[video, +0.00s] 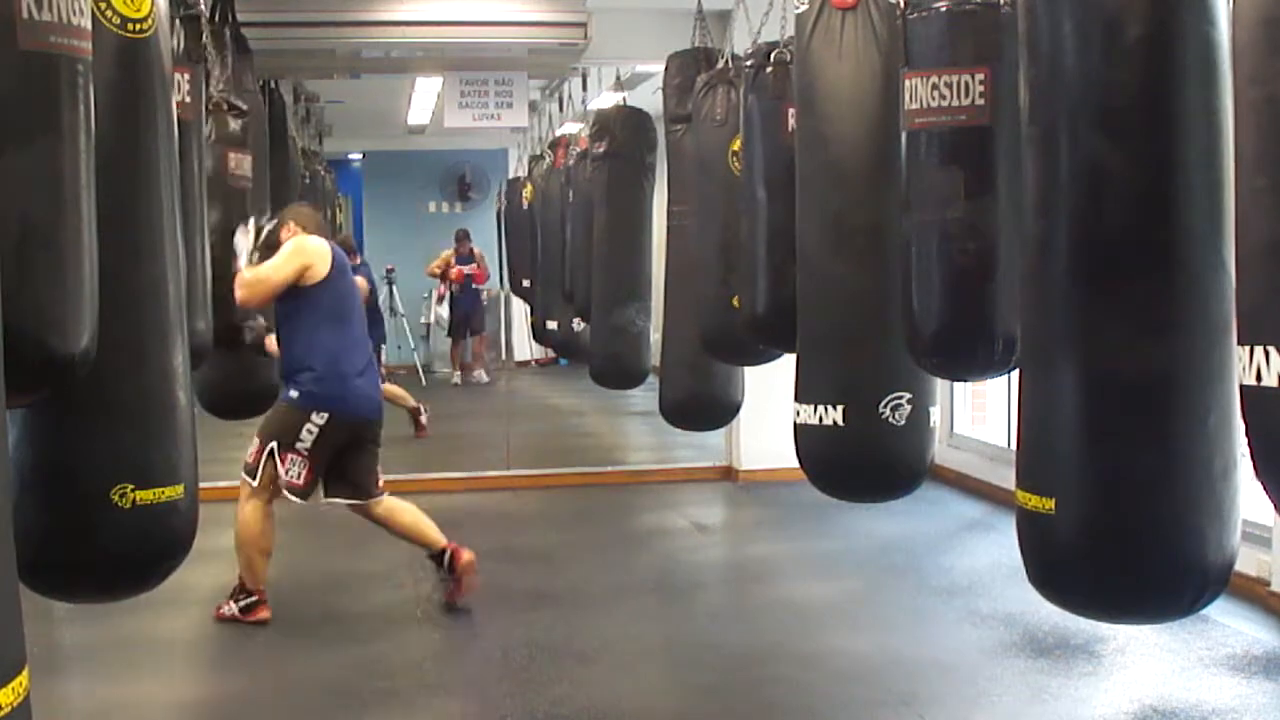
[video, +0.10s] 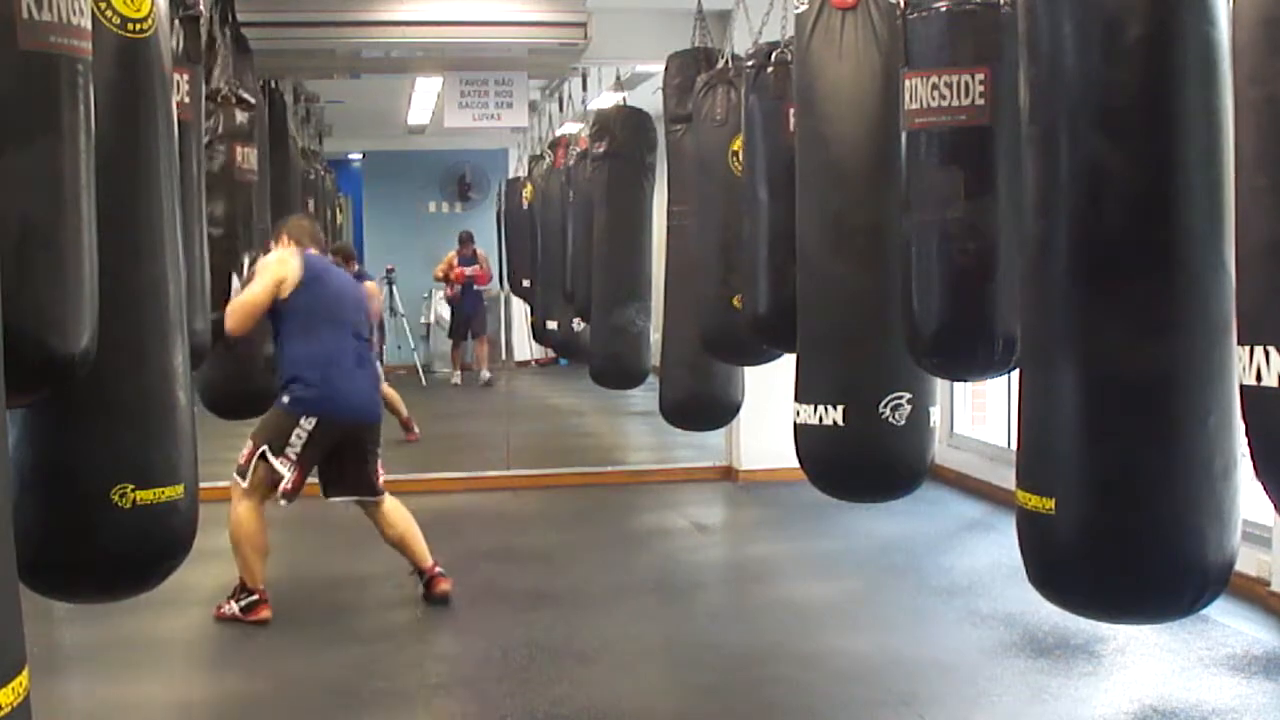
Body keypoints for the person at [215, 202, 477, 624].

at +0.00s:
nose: (279, 240)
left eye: (280, 233)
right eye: (279, 235)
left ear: (292, 229)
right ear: (323, 229)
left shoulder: (305, 248)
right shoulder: (345, 269)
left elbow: (245, 293)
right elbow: (325, 344)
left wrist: (245, 256)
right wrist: (273, 344)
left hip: (316, 396)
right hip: (364, 397)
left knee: (255, 489)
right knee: (365, 496)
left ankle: (250, 596)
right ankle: (447, 553)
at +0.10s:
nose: (272, 252)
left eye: (274, 246)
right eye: (273, 247)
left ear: (286, 243)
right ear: (319, 246)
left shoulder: (283, 262)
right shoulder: (352, 284)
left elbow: (235, 323)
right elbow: (362, 355)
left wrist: (258, 280)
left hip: (311, 399)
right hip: (363, 402)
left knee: (246, 492)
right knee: (376, 497)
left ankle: (251, 593)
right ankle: (431, 572)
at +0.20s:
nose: (273, 264)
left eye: (274, 259)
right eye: (273, 259)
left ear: (285, 256)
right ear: (324, 254)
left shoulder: (274, 280)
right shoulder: (370, 285)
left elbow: (238, 346)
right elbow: (410, 345)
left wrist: (253, 298)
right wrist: (386, 374)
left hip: (311, 412)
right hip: (367, 415)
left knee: (246, 495)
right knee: (386, 500)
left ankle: (251, 593)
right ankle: (438, 575)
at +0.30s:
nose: (265, 247)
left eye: (264, 240)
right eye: (265, 241)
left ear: (275, 235)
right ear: (312, 229)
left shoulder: (283, 265)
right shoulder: (365, 260)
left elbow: (251, 334)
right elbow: (420, 306)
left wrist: (259, 289)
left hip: (334, 392)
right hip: (387, 392)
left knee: (279, 485)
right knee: (397, 483)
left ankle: (257, 585)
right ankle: (444, 560)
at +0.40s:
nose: (273, 236)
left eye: (273, 226)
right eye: (270, 228)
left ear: (291, 217)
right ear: (312, 215)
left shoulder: (317, 255)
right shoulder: (350, 244)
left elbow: (277, 315)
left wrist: (257, 280)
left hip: (361, 382)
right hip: (399, 378)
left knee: (291, 465)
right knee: (406, 476)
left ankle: (298, 567)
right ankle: (475, 544)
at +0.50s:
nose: (300, 240)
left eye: (301, 229)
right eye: (298, 231)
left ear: (321, 222)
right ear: (339, 221)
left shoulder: (347, 264)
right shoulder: (368, 255)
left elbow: (305, 324)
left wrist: (284, 289)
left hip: (374, 396)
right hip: (406, 390)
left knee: (306, 479)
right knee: (423, 478)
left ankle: (323, 583)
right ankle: (499, 542)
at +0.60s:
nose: (331, 252)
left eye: (333, 241)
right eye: (329, 243)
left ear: (352, 236)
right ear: (367, 234)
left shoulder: (372, 279)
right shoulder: (403, 269)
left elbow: (332, 339)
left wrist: (314, 309)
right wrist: (333, 307)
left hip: (391, 408)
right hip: (428, 407)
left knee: (317, 481)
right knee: (440, 487)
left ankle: (323, 582)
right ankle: (509, 548)